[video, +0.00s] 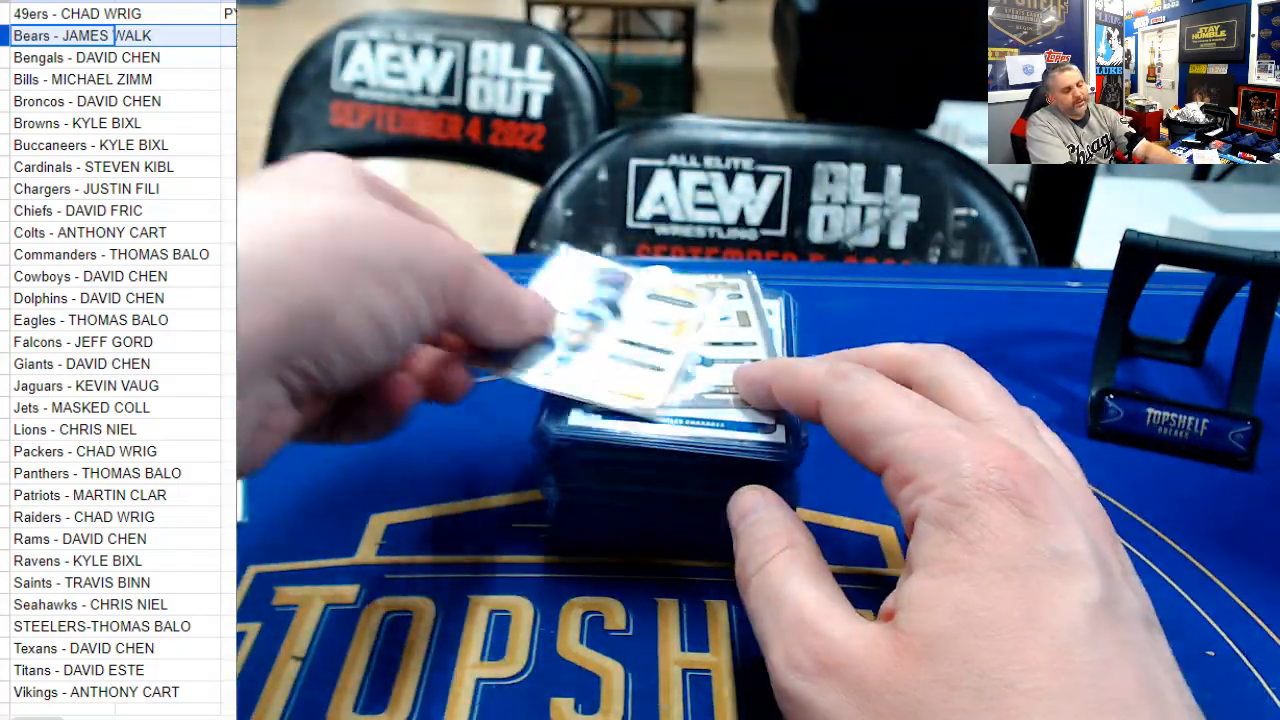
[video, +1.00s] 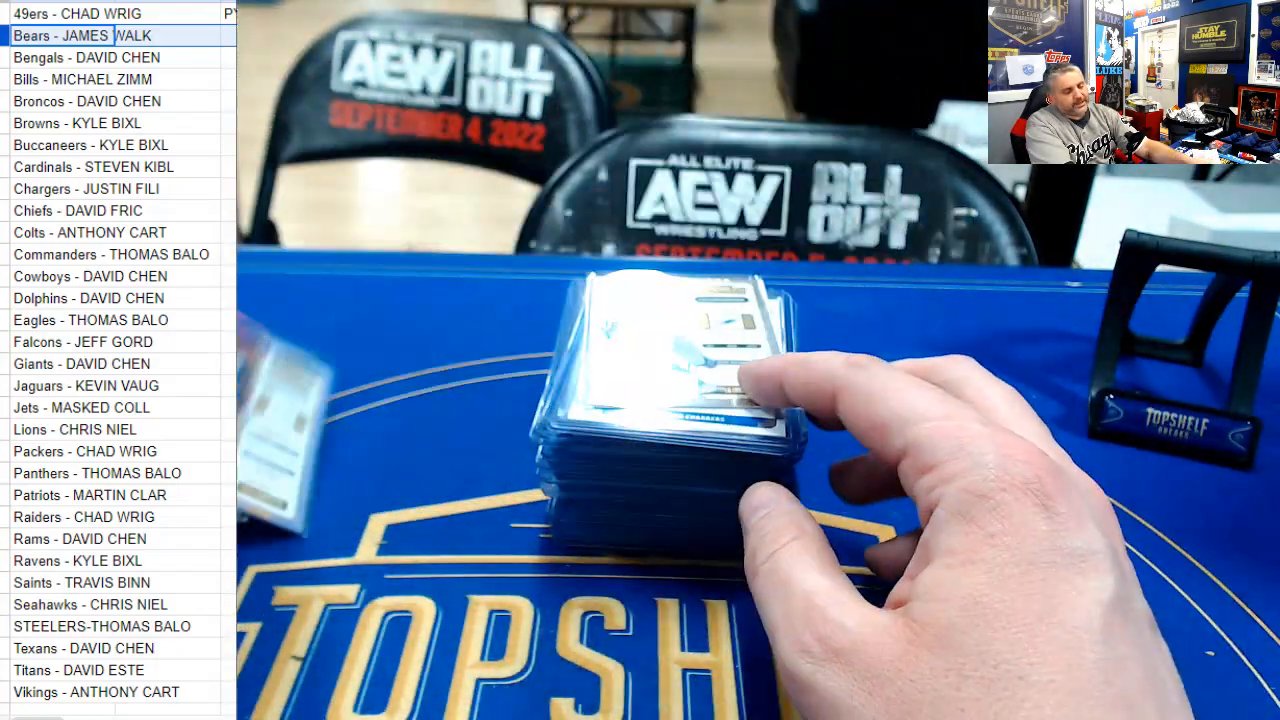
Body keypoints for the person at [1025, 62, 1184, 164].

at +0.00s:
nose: (1079, 94)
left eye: (1080, 85)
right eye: (1067, 91)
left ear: (1085, 84)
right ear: (1051, 99)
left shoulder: (1104, 114)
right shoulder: (1041, 123)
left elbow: (1146, 150)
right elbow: (1061, 176)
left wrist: (1189, 170)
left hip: (1113, 189)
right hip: (1069, 199)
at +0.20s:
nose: (1078, 94)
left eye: (1079, 85)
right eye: (1067, 91)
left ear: (1085, 84)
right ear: (1050, 100)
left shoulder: (1105, 114)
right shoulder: (1040, 124)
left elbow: (1146, 149)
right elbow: (1061, 177)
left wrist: (1190, 166)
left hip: (1113, 189)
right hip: (1069, 198)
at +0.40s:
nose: (1078, 95)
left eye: (1079, 86)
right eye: (1067, 92)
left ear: (1085, 84)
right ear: (1050, 99)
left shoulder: (1104, 114)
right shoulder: (1040, 124)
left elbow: (1145, 147)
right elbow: (1060, 178)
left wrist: (1171, 160)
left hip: (1114, 188)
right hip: (1071, 198)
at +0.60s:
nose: (1079, 95)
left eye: (1080, 86)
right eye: (1068, 92)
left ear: (1086, 85)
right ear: (1051, 100)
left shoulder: (1104, 114)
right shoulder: (1040, 124)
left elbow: (1146, 148)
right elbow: (1062, 176)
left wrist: (1174, 163)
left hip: (1113, 188)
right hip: (1071, 198)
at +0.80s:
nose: (1079, 95)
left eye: (1081, 86)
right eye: (1068, 92)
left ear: (1087, 84)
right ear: (1051, 99)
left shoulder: (1104, 114)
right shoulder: (1040, 124)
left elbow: (1146, 148)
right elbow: (1061, 178)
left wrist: (1180, 163)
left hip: (1114, 189)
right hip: (1070, 198)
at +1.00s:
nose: (1079, 95)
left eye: (1080, 86)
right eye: (1068, 91)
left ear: (1086, 86)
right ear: (1051, 100)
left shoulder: (1102, 113)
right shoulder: (1040, 124)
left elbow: (1148, 148)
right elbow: (1063, 177)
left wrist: (1190, 163)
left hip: (1112, 186)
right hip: (1072, 197)